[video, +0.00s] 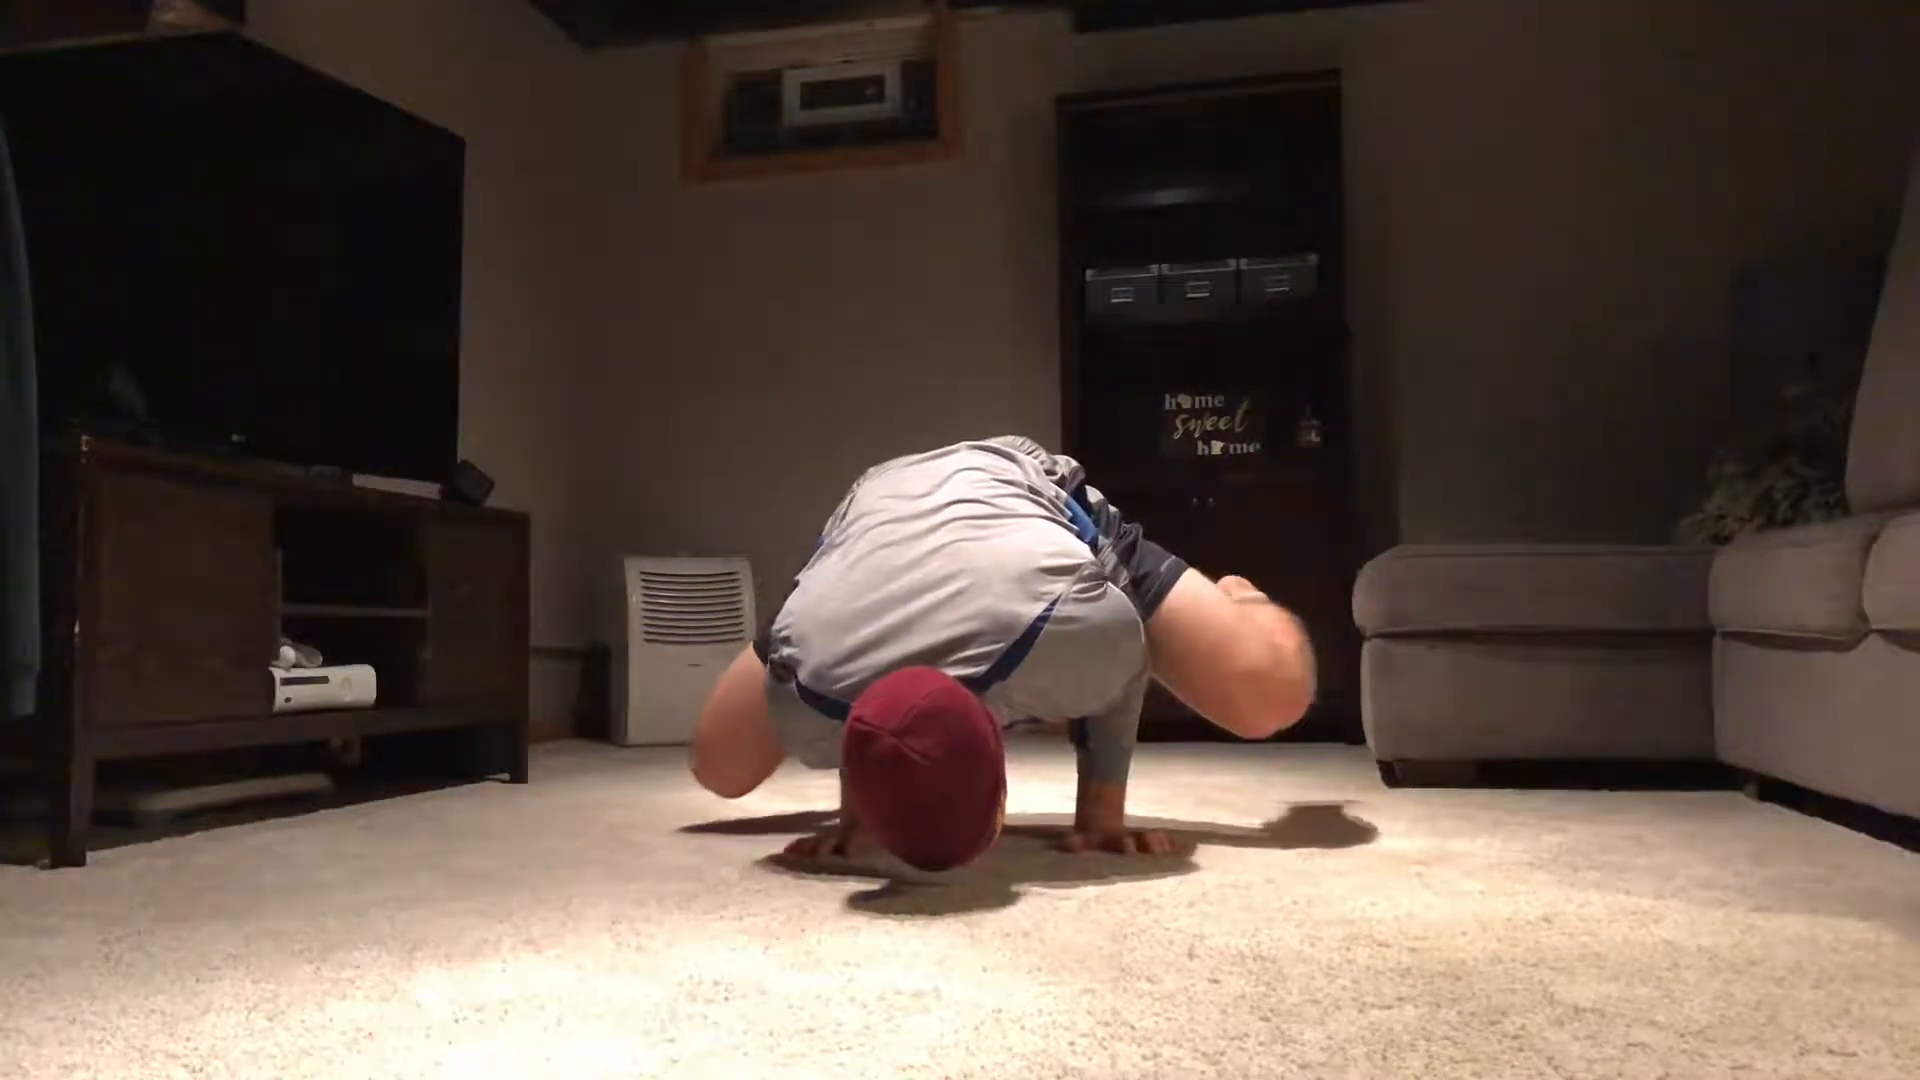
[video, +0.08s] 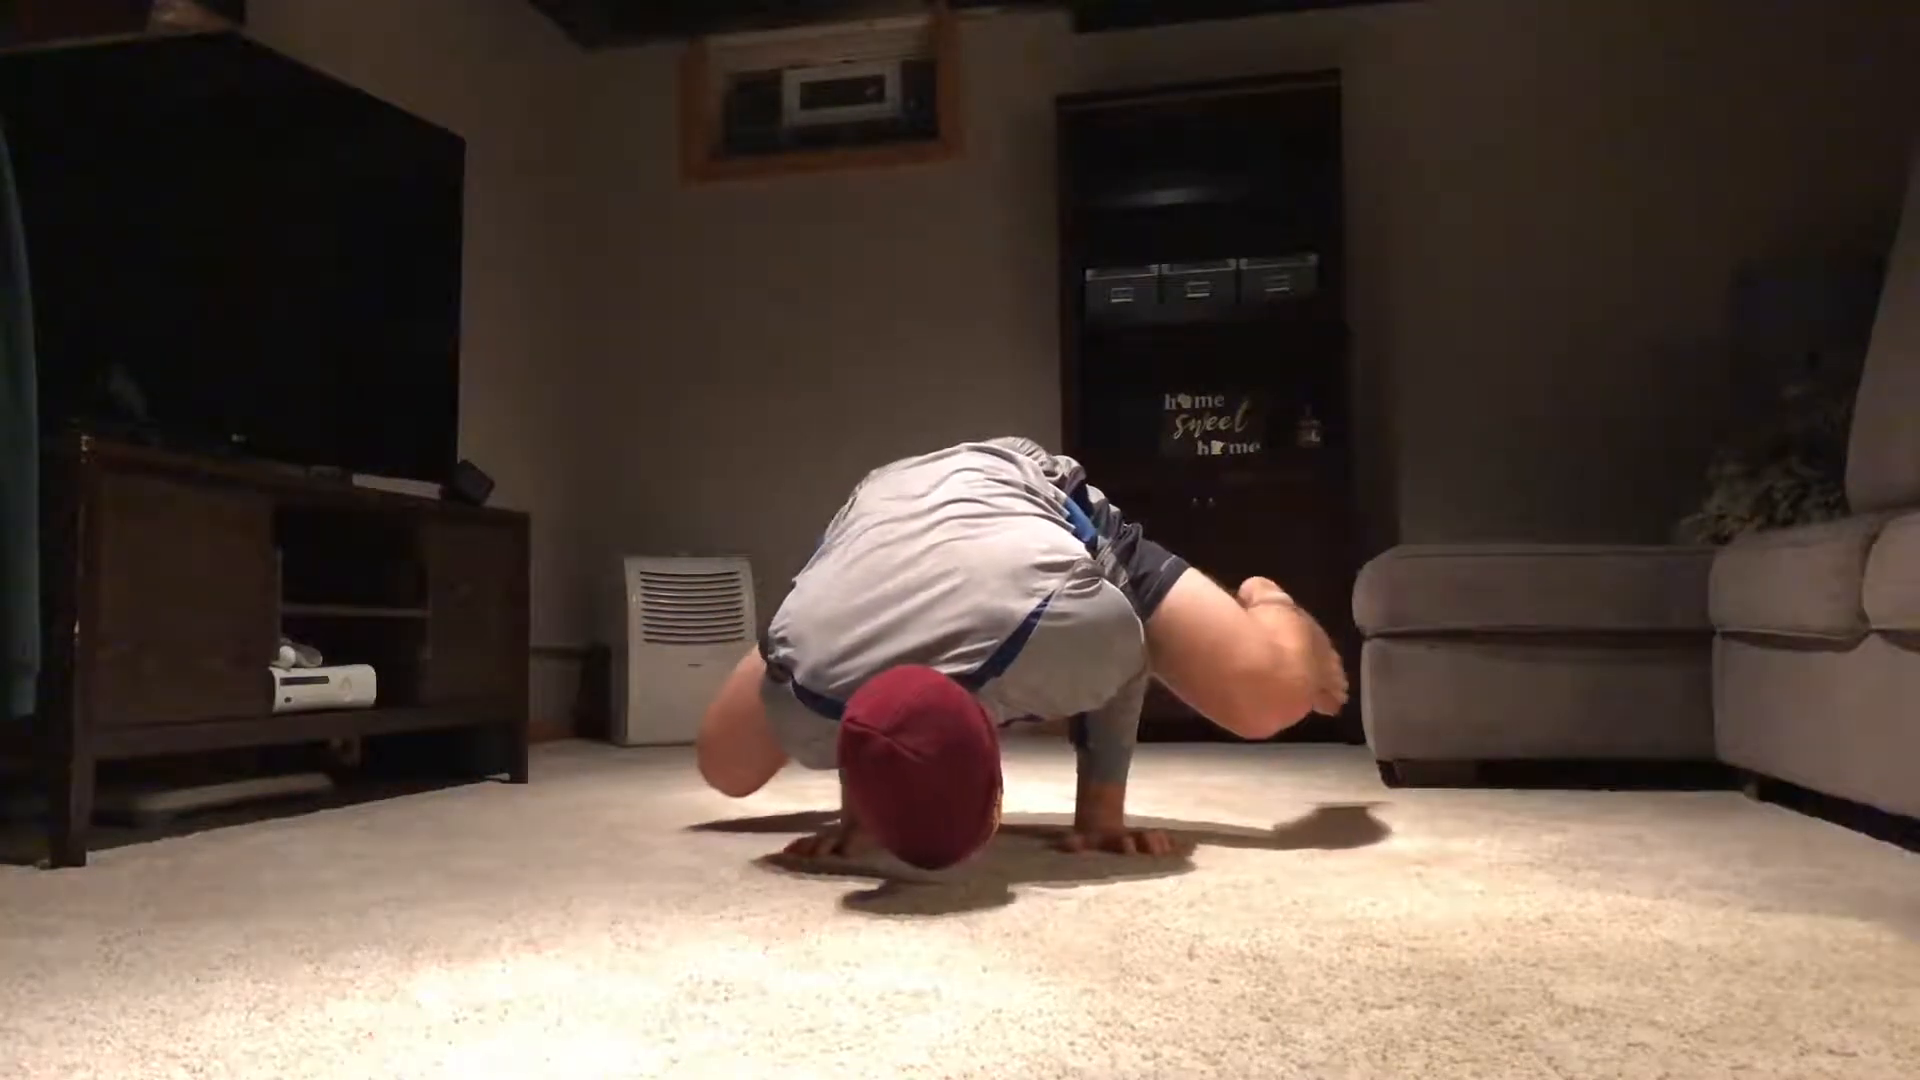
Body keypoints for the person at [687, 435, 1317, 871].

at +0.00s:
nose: (949, 864)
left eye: (964, 849)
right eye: (923, 858)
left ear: (989, 738)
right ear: (861, 753)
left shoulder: (1091, 639)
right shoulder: (794, 706)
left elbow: (1124, 672)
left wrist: (1101, 816)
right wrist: (855, 810)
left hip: (1027, 481)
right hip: (874, 499)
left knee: (1272, 703)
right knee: (720, 768)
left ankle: (1229, 599)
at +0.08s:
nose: (944, 863)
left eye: (959, 848)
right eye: (924, 856)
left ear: (984, 734)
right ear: (860, 749)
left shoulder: (1084, 640)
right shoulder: (788, 698)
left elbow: (1128, 660)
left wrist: (1102, 818)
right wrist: (857, 815)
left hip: (1027, 486)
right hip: (876, 503)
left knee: (1266, 705)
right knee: (725, 765)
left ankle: (1274, 610)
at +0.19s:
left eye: (958, 839)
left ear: (977, 734)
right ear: (844, 743)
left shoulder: (1076, 638)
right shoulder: (785, 695)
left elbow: (1124, 658)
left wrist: (1099, 820)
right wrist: (857, 811)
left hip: (1037, 489)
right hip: (886, 505)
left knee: (1265, 703)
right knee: (735, 764)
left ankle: (1311, 617)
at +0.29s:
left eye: (961, 819)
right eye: (921, 831)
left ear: (974, 729)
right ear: (841, 750)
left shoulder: (1056, 637)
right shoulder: (782, 697)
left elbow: (1123, 658)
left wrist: (1101, 818)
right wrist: (860, 803)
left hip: (1038, 492)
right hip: (895, 509)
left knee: (1270, 698)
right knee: (750, 759)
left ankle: (1359, 622)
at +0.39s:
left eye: (958, 805)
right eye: (925, 817)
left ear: (974, 722)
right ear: (851, 756)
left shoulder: (1054, 635)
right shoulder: (782, 681)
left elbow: (1127, 659)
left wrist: (1101, 816)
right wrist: (865, 808)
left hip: (1038, 488)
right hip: (898, 511)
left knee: (1269, 695)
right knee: (769, 760)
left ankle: (1419, 627)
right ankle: (1002, 722)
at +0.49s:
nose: (974, 824)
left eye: (973, 808)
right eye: (950, 825)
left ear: (971, 717)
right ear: (848, 763)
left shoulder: (1049, 629)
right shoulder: (782, 704)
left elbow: (1126, 651)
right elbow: (831, 746)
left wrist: (1105, 821)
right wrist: (866, 812)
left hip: (1045, 492)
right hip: (910, 511)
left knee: (1277, 693)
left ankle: (1476, 630)